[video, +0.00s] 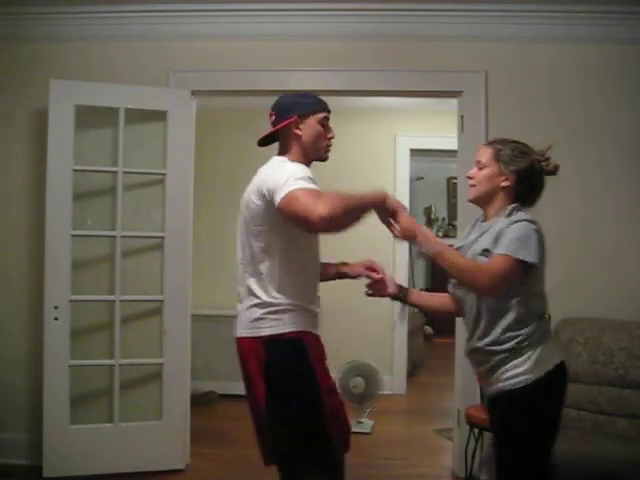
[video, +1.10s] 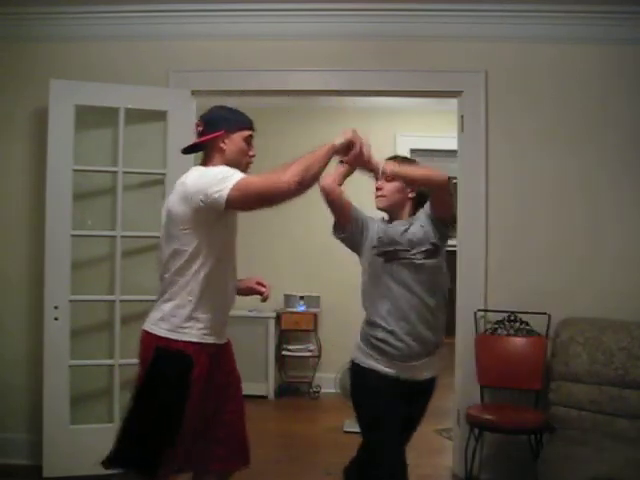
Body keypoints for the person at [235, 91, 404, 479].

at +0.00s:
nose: (331, 132)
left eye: (329, 124)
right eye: (323, 123)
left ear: (296, 131)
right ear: (296, 128)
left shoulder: (274, 177)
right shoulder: (283, 172)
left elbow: (284, 268)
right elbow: (321, 212)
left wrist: (344, 269)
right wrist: (378, 200)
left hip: (273, 331)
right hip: (281, 334)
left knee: (303, 452)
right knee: (318, 451)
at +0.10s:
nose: (323, 133)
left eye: (322, 125)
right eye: (314, 124)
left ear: (288, 131)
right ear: (286, 128)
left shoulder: (277, 175)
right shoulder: (271, 169)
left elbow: (272, 265)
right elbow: (320, 200)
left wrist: (325, 262)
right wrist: (357, 171)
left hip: (280, 328)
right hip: (263, 330)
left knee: (330, 427)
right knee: (289, 450)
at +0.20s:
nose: (310, 131)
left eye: (310, 124)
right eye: (303, 122)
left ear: (276, 128)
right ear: (274, 125)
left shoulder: (267, 173)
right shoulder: (258, 167)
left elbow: (259, 261)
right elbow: (323, 189)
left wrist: (310, 258)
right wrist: (344, 147)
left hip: (269, 326)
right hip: (252, 328)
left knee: (309, 436)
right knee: (271, 450)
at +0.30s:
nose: (297, 131)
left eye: (297, 123)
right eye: (289, 122)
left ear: (263, 128)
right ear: (260, 125)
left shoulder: (253, 173)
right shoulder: (244, 167)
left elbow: (247, 261)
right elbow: (323, 179)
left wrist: (298, 256)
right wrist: (333, 133)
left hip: (254, 326)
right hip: (242, 328)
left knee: (262, 445)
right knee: (255, 448)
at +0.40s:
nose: (284, 132)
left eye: (284, 124)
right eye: (276, 123)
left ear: (249, 129)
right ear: (246, 125)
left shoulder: (239, 175)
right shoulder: (231, 167)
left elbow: (234, 260)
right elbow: (315, 173)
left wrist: (287, 257)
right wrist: (331, 128)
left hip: (234, 326)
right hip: (225, 328)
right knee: (242, 450)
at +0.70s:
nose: (248, 140)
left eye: (249, 132)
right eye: (242, 130)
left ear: (211, 133)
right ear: (214, 130)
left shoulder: (190, 177)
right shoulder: (200, 170)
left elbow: (186, 263)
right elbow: (297, 154)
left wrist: (240, 270)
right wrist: (329, 117)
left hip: (183, 333)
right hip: (188, 337)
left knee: (182, 459)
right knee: (193, 461)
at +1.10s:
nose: (253, 149)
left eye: (252, 141)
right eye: (246, 140)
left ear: (219, 145)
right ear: (220, 143)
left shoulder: (208, 187)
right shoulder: (200, 181)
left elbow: (185, 270)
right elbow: (288, 183)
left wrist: (234, 285)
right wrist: (335, 147)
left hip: (210, 345)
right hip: (179, 345)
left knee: (222, 458)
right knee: (162, 461)